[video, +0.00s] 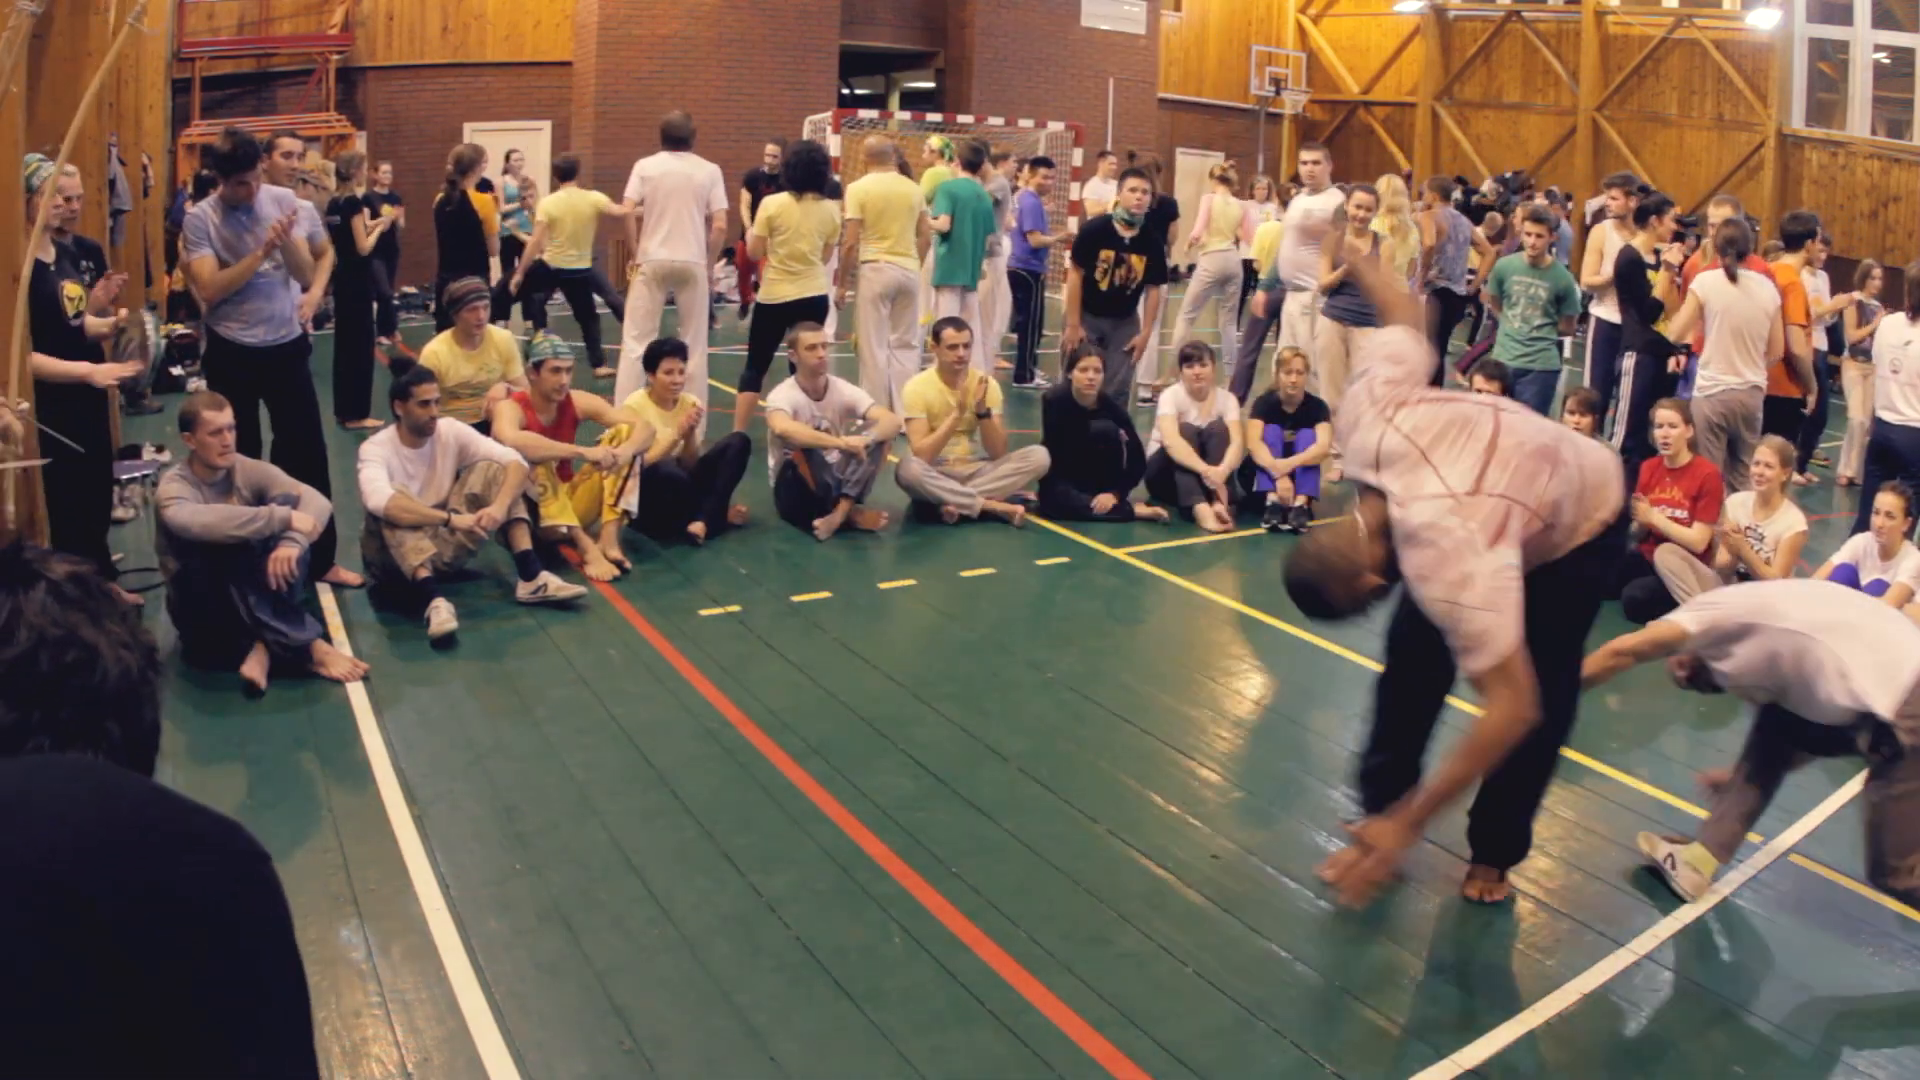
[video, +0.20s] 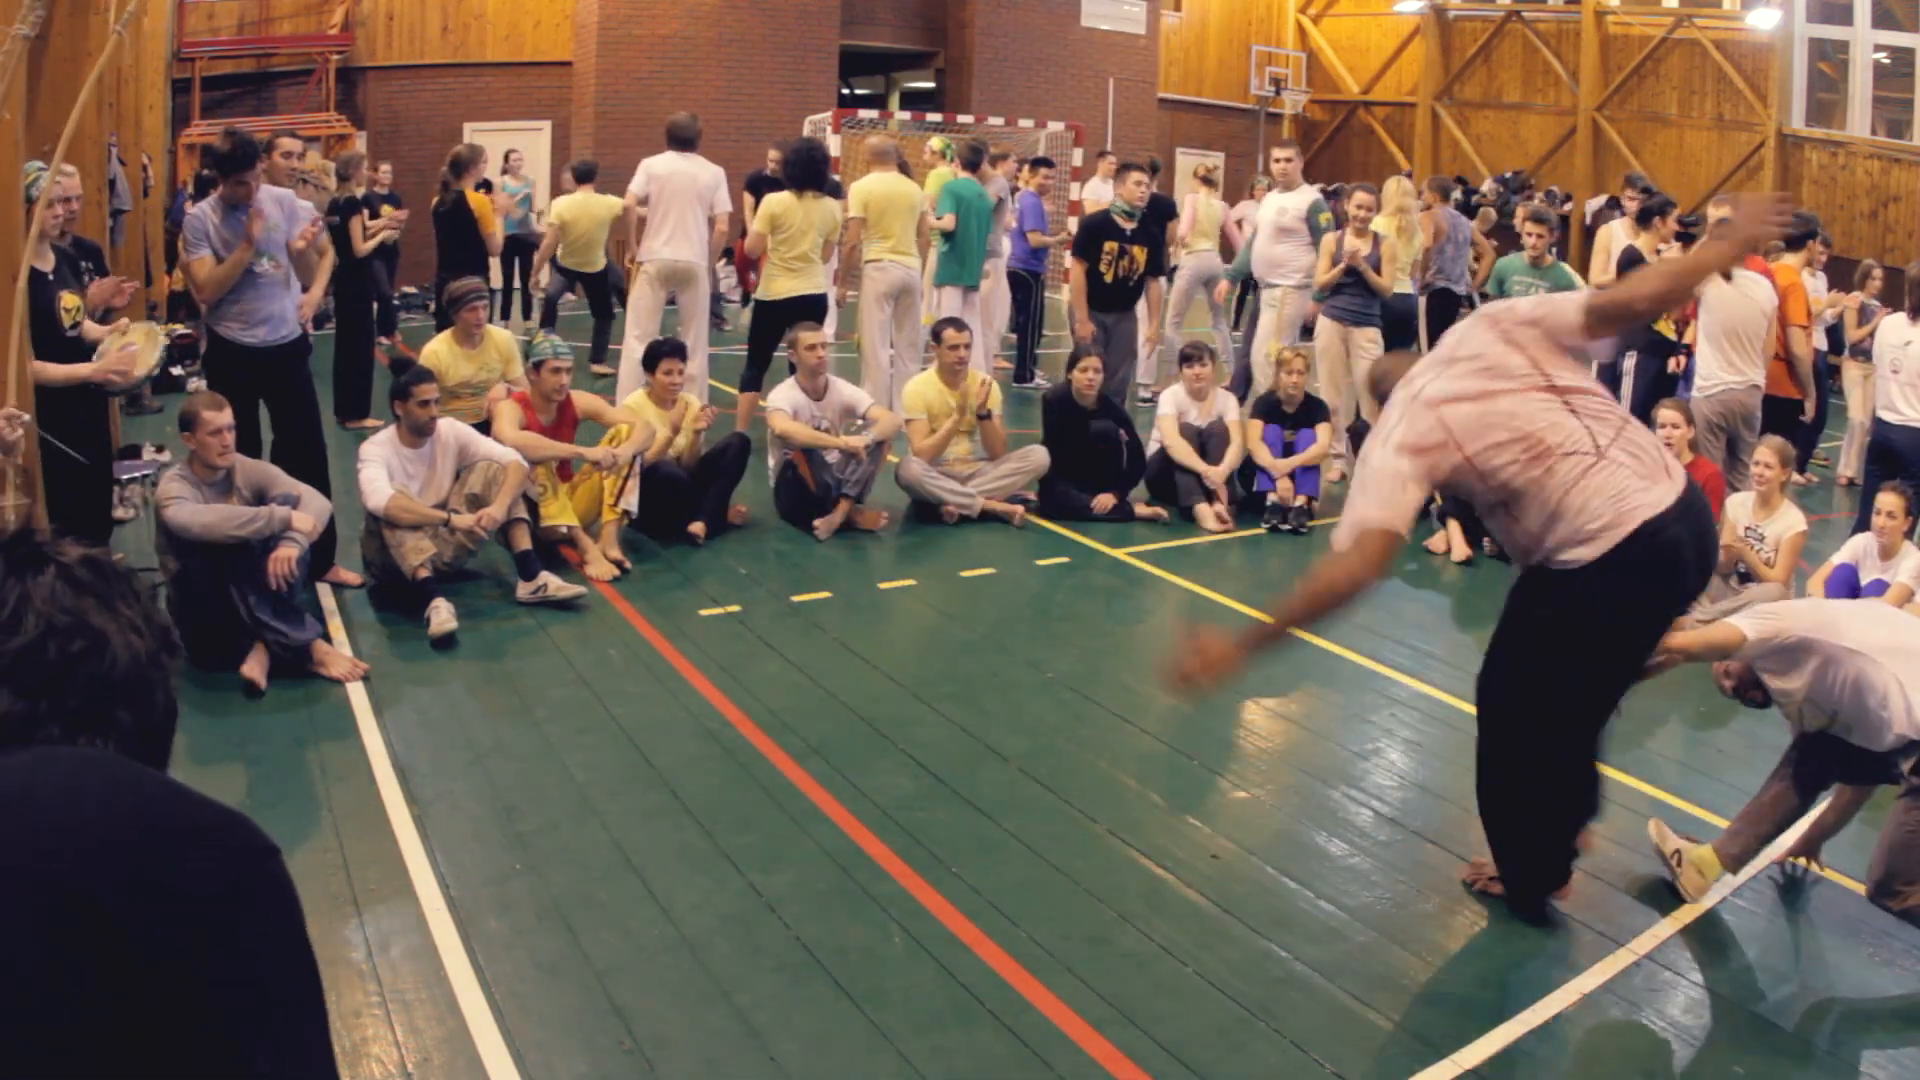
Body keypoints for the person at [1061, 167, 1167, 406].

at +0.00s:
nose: (1138, 197)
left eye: (1144, 192)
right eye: (1132, 190)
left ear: (1151, 199)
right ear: (1118, 195)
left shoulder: (1152, 240)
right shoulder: (1094, 229)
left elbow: (1153, 289)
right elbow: (1075, 274)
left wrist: (1145, 333)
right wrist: (1073, 324)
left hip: (1125, 320)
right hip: (1088, 317)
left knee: (1118, 387)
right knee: (1076, 385)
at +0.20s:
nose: (1143, 191)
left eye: (1147, 186)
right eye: (1137, 184)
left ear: (1151, 191)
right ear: (1119, 188)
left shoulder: (1152, 233)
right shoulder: (1094, 224)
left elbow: (1153, 281)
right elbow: (1078, 270)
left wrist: (1154, 325)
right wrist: (1082, 320)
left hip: (1125, 315)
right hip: (1092, 313)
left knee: (1119, 381)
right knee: (1086, 378)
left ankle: (1110, 437)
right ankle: (1078, 433)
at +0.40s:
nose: (1141, 192)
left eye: (1141, 186)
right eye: (1135, 186)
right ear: (1115, 189)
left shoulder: (1134, 226)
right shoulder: (1092, 225)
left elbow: (1137, 275)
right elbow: (1078, 275)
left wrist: (1148, 319)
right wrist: (1090, 325)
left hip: (1123, 313)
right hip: (1092, 312)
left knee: (1118, 380)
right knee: (1087, 379)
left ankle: (1110, 436)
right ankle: (1079, 433)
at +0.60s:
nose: (1140, 192)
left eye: (1140, 186)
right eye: (1135, 186)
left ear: (1122, 191)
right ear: (1118, 190)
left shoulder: (1127, 223)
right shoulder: (1095, 230)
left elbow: (1128, 271)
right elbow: (1090, 283)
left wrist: (1132, 305)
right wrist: (1096, 334)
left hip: (1122, 308)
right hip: (1097, 310)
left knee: (1123, 376)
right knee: (1092, 376)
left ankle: (1118, 432)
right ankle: (1088, 436)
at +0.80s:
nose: (1151, 193)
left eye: (1151, 187)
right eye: (1146, 187)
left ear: (1134, 191)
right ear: (1131, 190)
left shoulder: (1133, 224)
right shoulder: (1109, 229)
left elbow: (1130, 272)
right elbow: (1100, 281)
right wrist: (1109, 330)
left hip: (1126, 308)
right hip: (1104, 310)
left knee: (1133, 374)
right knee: (1093, 374)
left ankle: (1131, 434)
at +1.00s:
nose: (1172, 197)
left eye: (1171, 191)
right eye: (1168, 191)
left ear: (1153, 192)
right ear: (1153, 192)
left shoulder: (1152, 225)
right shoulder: (1136, 225)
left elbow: (1151, 280)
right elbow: (1125, 274)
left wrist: (1154, 322)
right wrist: (1129, 326)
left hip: (1144, 312)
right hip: (1126, 312)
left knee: (1147, 375)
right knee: (1109, 376)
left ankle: (1145, 436)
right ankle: (1085, 429)